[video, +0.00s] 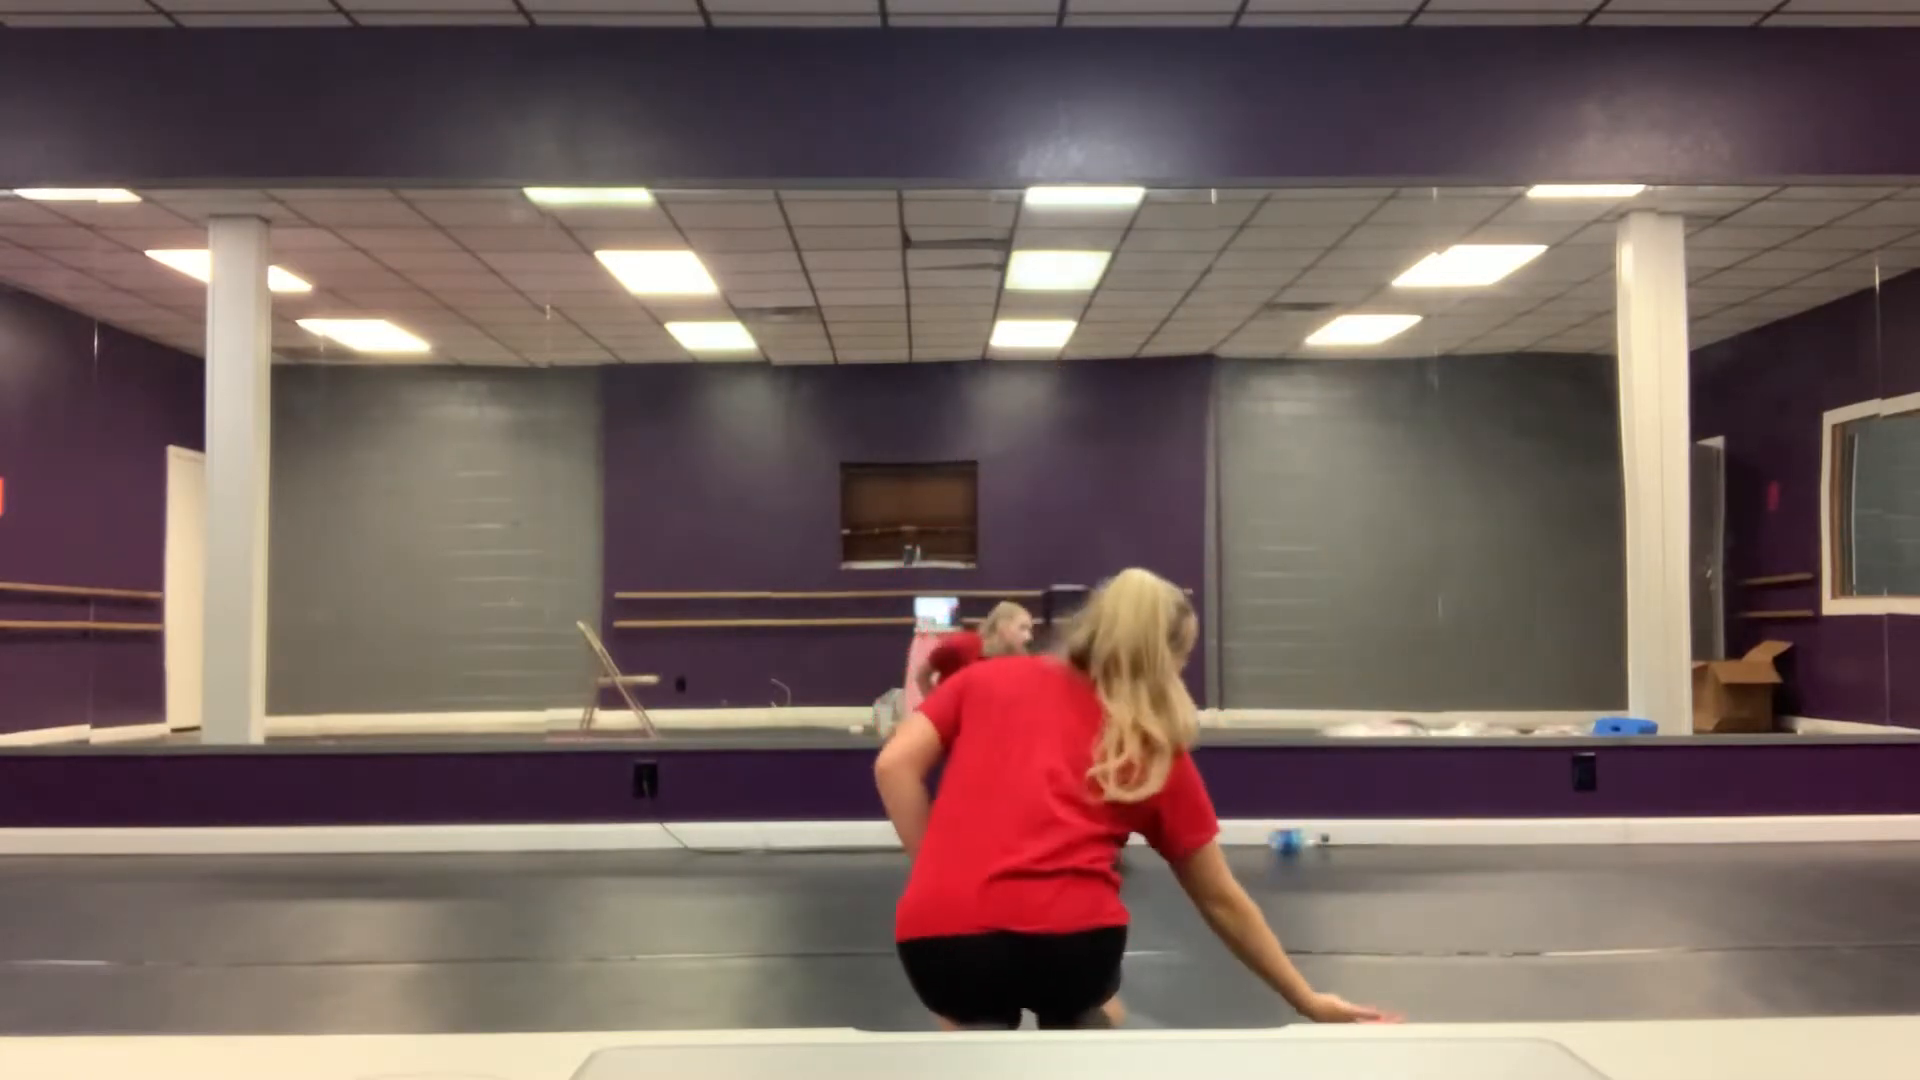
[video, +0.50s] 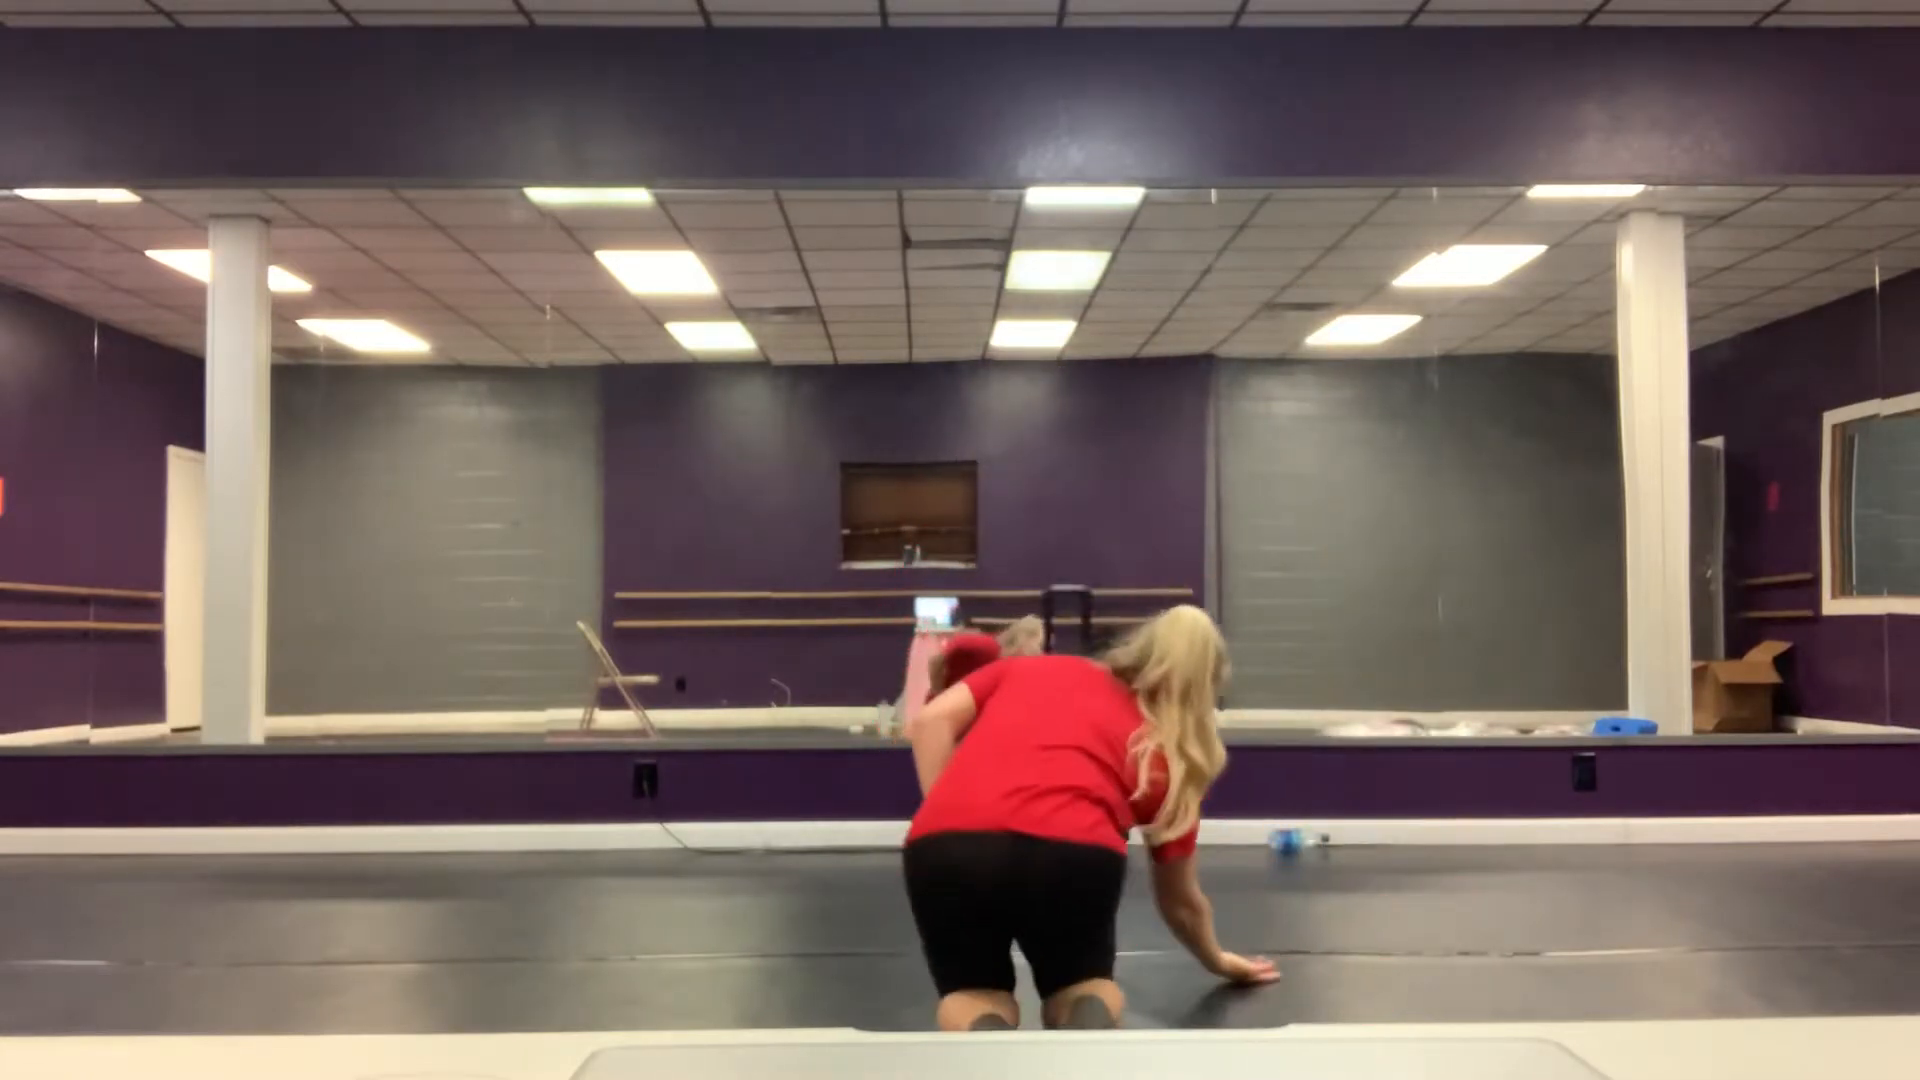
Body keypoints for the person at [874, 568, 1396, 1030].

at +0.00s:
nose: (1182, 674)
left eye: (1186, 656)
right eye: (1182, 657)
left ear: (1091, 632)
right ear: (1162, 652)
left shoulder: (987, 677)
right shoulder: (1151, 742)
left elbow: (895, 766)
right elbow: (1221, 900)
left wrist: (937, 869)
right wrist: (1308, 1001)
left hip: (943, 941)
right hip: (1072, 943)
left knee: (969, 1028)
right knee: (1093, 1018)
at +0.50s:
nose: (1212, 698)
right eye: (1212, 684)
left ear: (1135, 651)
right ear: (1199, 684)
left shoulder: (1024, 668)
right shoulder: (1164, 742)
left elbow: (931, 722)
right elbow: (1179, 900)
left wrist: (950, 822)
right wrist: (1217, 960)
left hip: (947, 848)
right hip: (1073, 856)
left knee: (974, 989)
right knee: (1080, 985)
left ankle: (981, 1037)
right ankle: (1090, 1021)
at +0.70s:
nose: (1239, 701)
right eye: (1239, 687)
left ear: (1172, 633)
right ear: (1224, 684)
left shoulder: (1066, 625)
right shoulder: (1179, 737)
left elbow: (965, 660)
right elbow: (1147, 883)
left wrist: (969, 765)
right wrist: (1161, 950)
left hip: (958, 809)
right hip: (1077, 826)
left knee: (974, 981)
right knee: (1068, 985)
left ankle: (973, 1042)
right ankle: (1102, 997)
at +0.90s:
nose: (1218, 695)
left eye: (1227, 686)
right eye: (1225, 682)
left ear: (1175, 617)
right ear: (1220, 669)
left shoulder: (1086, 593)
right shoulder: (1173, 733)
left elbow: (992, 611)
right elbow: (1132, 859)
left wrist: (966, 725)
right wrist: (1118, 944)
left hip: (978, 778)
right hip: (1089, 813)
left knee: (922, 921)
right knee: (1070, 993)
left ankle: (941, 972)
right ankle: (1115, 981)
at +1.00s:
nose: (1204, 677)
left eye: (1210, 669)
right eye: (1208, 666)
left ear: (1163, 596)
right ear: (1200, 651)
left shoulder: (1081, 582)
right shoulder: (1165, 710)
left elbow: (995, 604)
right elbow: (1122, 847)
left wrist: (958, 715)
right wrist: (1098, 943)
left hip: (985, 770)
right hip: (1088, 818)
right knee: (1069, 992)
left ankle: (914, 936)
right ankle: (1114, 982)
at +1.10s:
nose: (1184, 650)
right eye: (1189, 637)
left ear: (1143, 574)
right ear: (1183, 633)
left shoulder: (1074, 564)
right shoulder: (1152, 686)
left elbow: (996, 587)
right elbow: (1121, 819)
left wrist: (950, 704)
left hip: (985, 766)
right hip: (1083, 818)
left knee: (851, 789)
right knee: (1070, 992)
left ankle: (853, 967)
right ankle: (1115, 981)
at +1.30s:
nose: (1148, 600)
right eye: (1152, 589)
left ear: (1088, 528)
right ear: (1144, 581)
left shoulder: (1031, 529)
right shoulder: (1123, 649)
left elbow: (977, 559)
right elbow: (1118, 805)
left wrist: (912, 676)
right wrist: (1061, 930)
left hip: (961, 765)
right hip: (1059, 809)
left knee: (812, 773)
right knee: (1071, 994)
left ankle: (775, 983)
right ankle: (1136, 979)